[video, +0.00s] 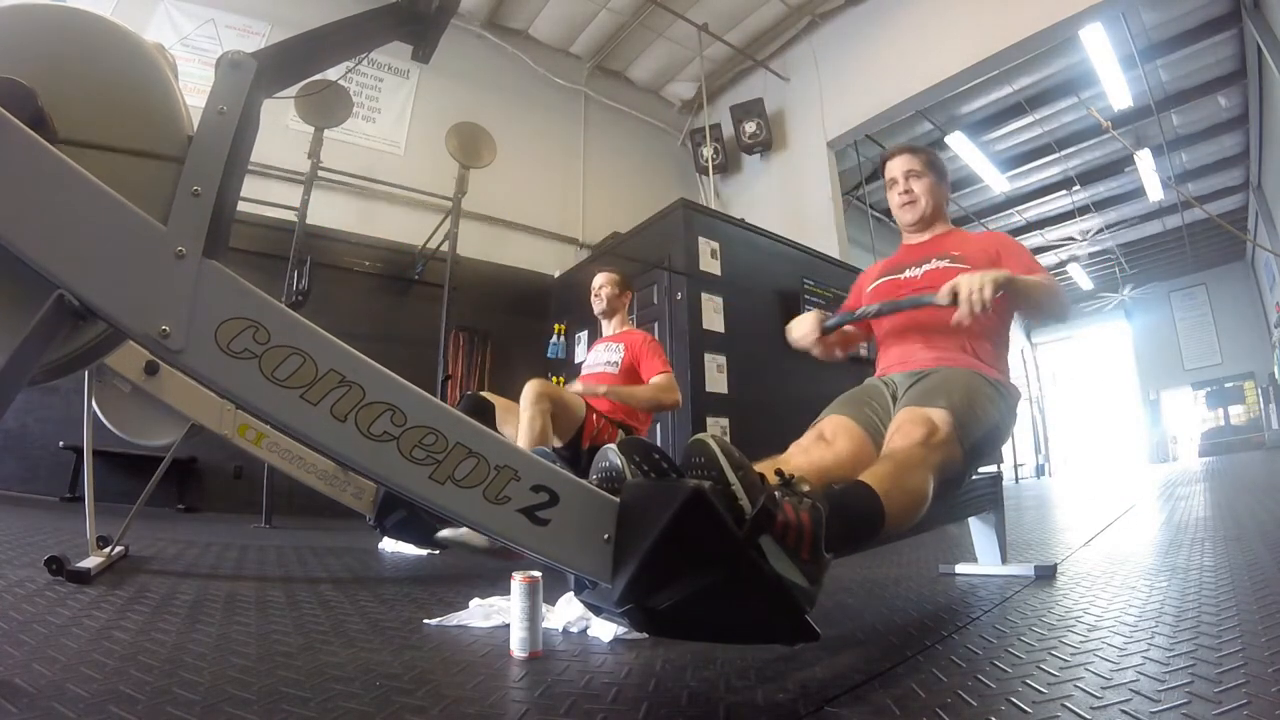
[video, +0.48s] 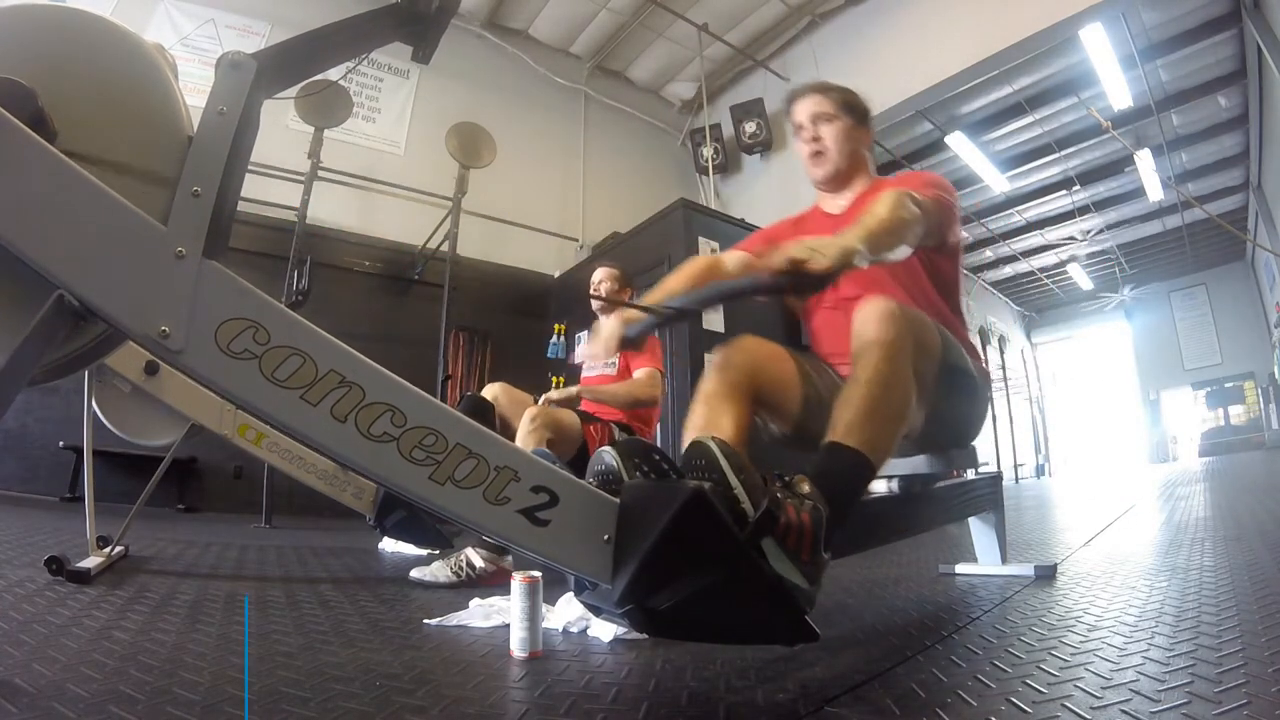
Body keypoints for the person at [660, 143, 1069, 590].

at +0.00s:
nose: (902, 190)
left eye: (913, 178)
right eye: (892, 184)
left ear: (942, 186)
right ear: (888, 200)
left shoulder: (990, 246)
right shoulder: (874, 273)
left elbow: (1054, 303)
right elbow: (843, 345)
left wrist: (1005, 279)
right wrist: (811, 340)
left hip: (963, 374)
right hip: (882, 385)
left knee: (919, 434)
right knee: (823, 441)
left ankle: (820, 526)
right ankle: (697, 490)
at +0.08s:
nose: (891, 182)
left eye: (902, 169)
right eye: (881, 177)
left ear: (935, 178)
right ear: (876, 194)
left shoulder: (980, 235)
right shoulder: (860, 270)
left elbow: (1036, 285)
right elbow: (814, 316)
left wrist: (974, 290)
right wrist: (773, 335)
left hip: (968, 374)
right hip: (885, 385)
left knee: (916, 420)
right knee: (813, 431)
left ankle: (825, 527)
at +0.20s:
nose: (875, 172)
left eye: (887, 158)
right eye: (865, 166)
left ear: (919, 167)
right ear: (860, 184)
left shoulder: (967, 222)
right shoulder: (848, 260)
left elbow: (998, 261)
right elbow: (794, 300)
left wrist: (942, 287)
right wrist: (741, 332)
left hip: (972, 382)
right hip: (882, 392)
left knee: (913, 393)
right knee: (795, 414)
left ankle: (822, 518)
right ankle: (698, 496)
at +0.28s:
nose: (861, 164)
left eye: (874, 150)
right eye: (851, 158)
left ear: (908, 159)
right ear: (846, 176)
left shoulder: (959, 213)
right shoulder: (835, 253)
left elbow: (962, 252)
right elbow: (781, 290)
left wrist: (919, 284)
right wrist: (717, 327)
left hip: (969, 389)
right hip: (878, 394)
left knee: (908, 378)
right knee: (781, 404)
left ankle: (820, 512)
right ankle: (699, 504)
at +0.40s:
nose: (828, 147)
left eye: (842, 132)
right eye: (818, 141)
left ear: (880, 141)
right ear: (814, 159)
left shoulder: (931, 195)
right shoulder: (808, 239)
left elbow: (921, 228)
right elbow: (741, 274)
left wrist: (871, 259)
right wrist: (659, 321)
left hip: (950, 397)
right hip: (855, 398)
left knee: (893, 335)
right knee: (754, 369)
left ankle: (814, 512)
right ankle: (696, 496)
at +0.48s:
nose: (809, 137)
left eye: (824, 122)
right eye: (799, 131)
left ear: (864, 132)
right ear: (795, 150)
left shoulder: (919, 187)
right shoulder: (793, 232)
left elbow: (901, 216)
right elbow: (716, 267)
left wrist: (844, 247)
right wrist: (633, 315)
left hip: (941, 392)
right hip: (839, 396)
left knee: (881, 314)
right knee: (732, 357)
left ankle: (815, 514)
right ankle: (696, 495)